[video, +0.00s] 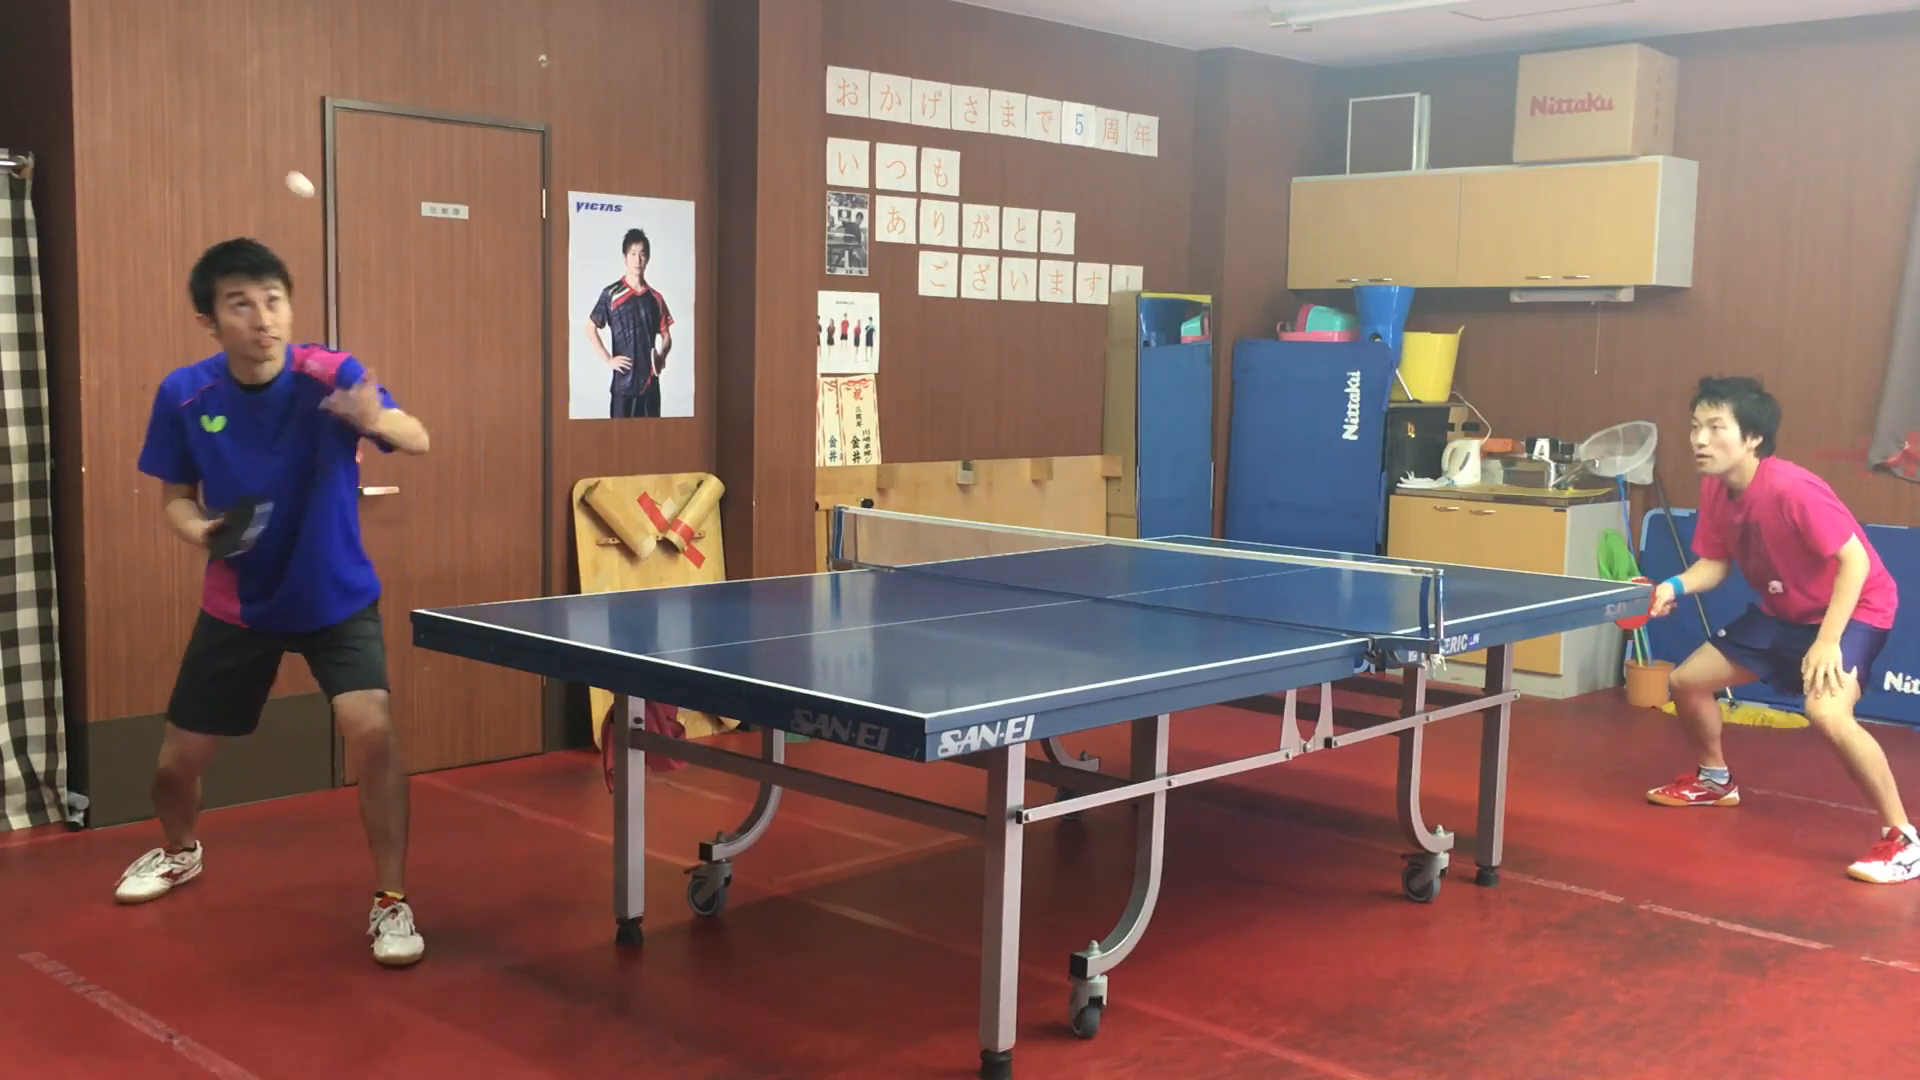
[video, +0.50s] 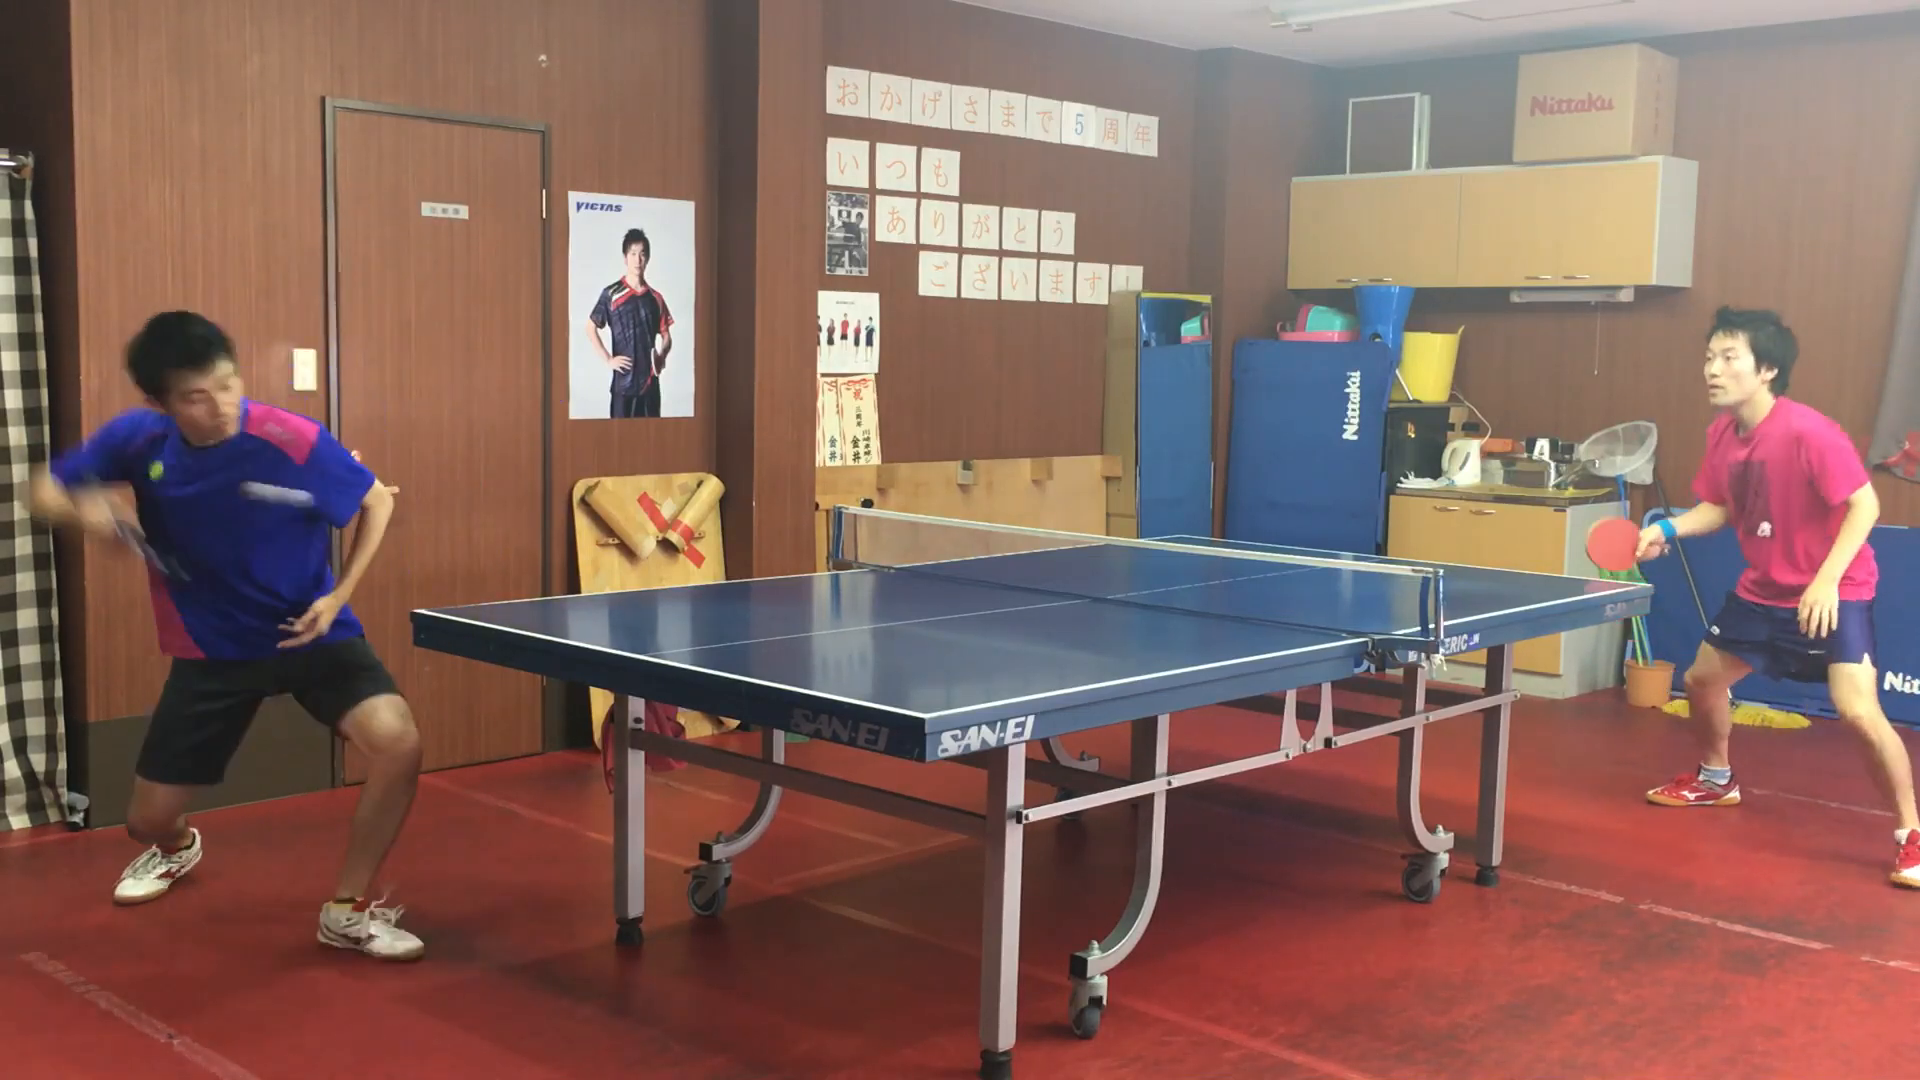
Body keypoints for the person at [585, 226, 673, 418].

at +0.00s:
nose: (639, 259)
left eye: (643, 254)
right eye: (633, 254)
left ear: (648, 258)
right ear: (625, 257)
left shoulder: (655, 297)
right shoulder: (611, 294)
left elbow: (666, 336)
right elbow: (591, 327)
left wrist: (662, 355)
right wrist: (608, 359)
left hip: (649, 378)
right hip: (624, 379)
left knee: (650, 436)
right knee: (622, 436)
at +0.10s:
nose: (639, 259)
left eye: (643, 254)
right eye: (633, 254)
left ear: (648, 258)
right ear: (625, 257)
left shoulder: (655, 297)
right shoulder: (611, 294)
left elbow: (666, 336)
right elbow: (591, 327)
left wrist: (662, 355)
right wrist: (608, 359)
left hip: (649, 378)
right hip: (624, 379)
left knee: (650, 436)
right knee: (622, 436)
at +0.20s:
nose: (639, 259)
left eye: (643, 254)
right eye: (633, 254)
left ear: (648, 258)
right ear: (625, 257)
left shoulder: (655, 297)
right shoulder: (611, 294)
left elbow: (666, 336)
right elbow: (591, 327)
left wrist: (662, 355)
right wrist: (608, 359)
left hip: (649, 378)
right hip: (624, 379)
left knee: (650, 436)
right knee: (622, 436)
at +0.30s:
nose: (639, 259)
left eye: (643, 254)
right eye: (633, 254)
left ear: (648, 258)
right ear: (625, 257)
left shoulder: (655, 297)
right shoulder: (611, 294)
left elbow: (666, 336)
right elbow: (591, 327)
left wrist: (662, 355)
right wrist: (608, 359)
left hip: (649, 379)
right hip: (624, 379)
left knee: (649, 436)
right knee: (622, 436)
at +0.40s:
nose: (639, 259)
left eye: (643, 254)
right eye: (633, 254)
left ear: (648, 258)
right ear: (625, 257)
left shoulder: (655, 297)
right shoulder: (611, 294)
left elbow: (666, 336)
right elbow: (591, 327)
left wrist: (662, 355)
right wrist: (608, 359)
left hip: (649, 378)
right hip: (624, 379)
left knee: (650, 436)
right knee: (622, 436)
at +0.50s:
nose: (639, 259)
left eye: (643, 254)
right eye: (633, 254)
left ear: (648, 258)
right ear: (625, 257)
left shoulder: (655, 297)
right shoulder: (611, 294)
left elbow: (666, 336)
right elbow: (591, 327)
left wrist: (662, 355)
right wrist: (608, 359)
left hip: (649, 378)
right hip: (624, 379)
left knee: (650, 436)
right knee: (622, 436)